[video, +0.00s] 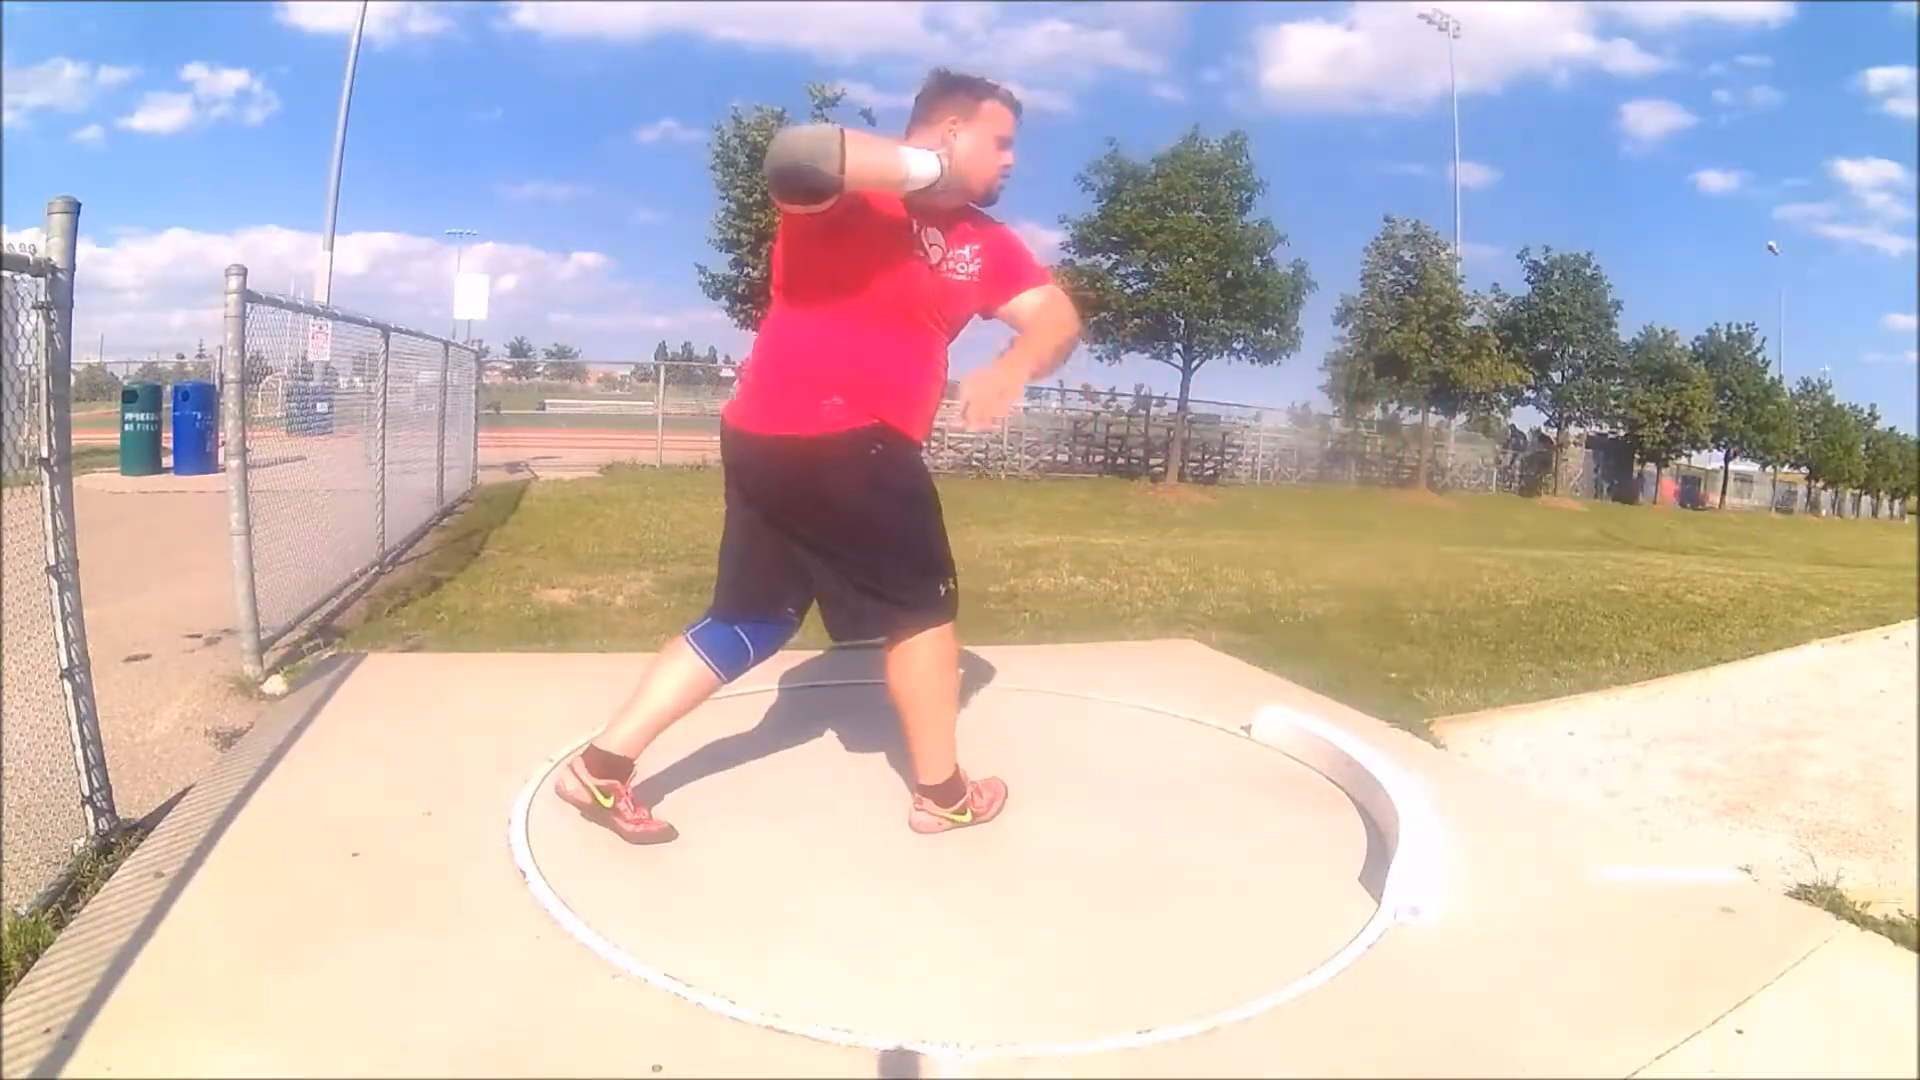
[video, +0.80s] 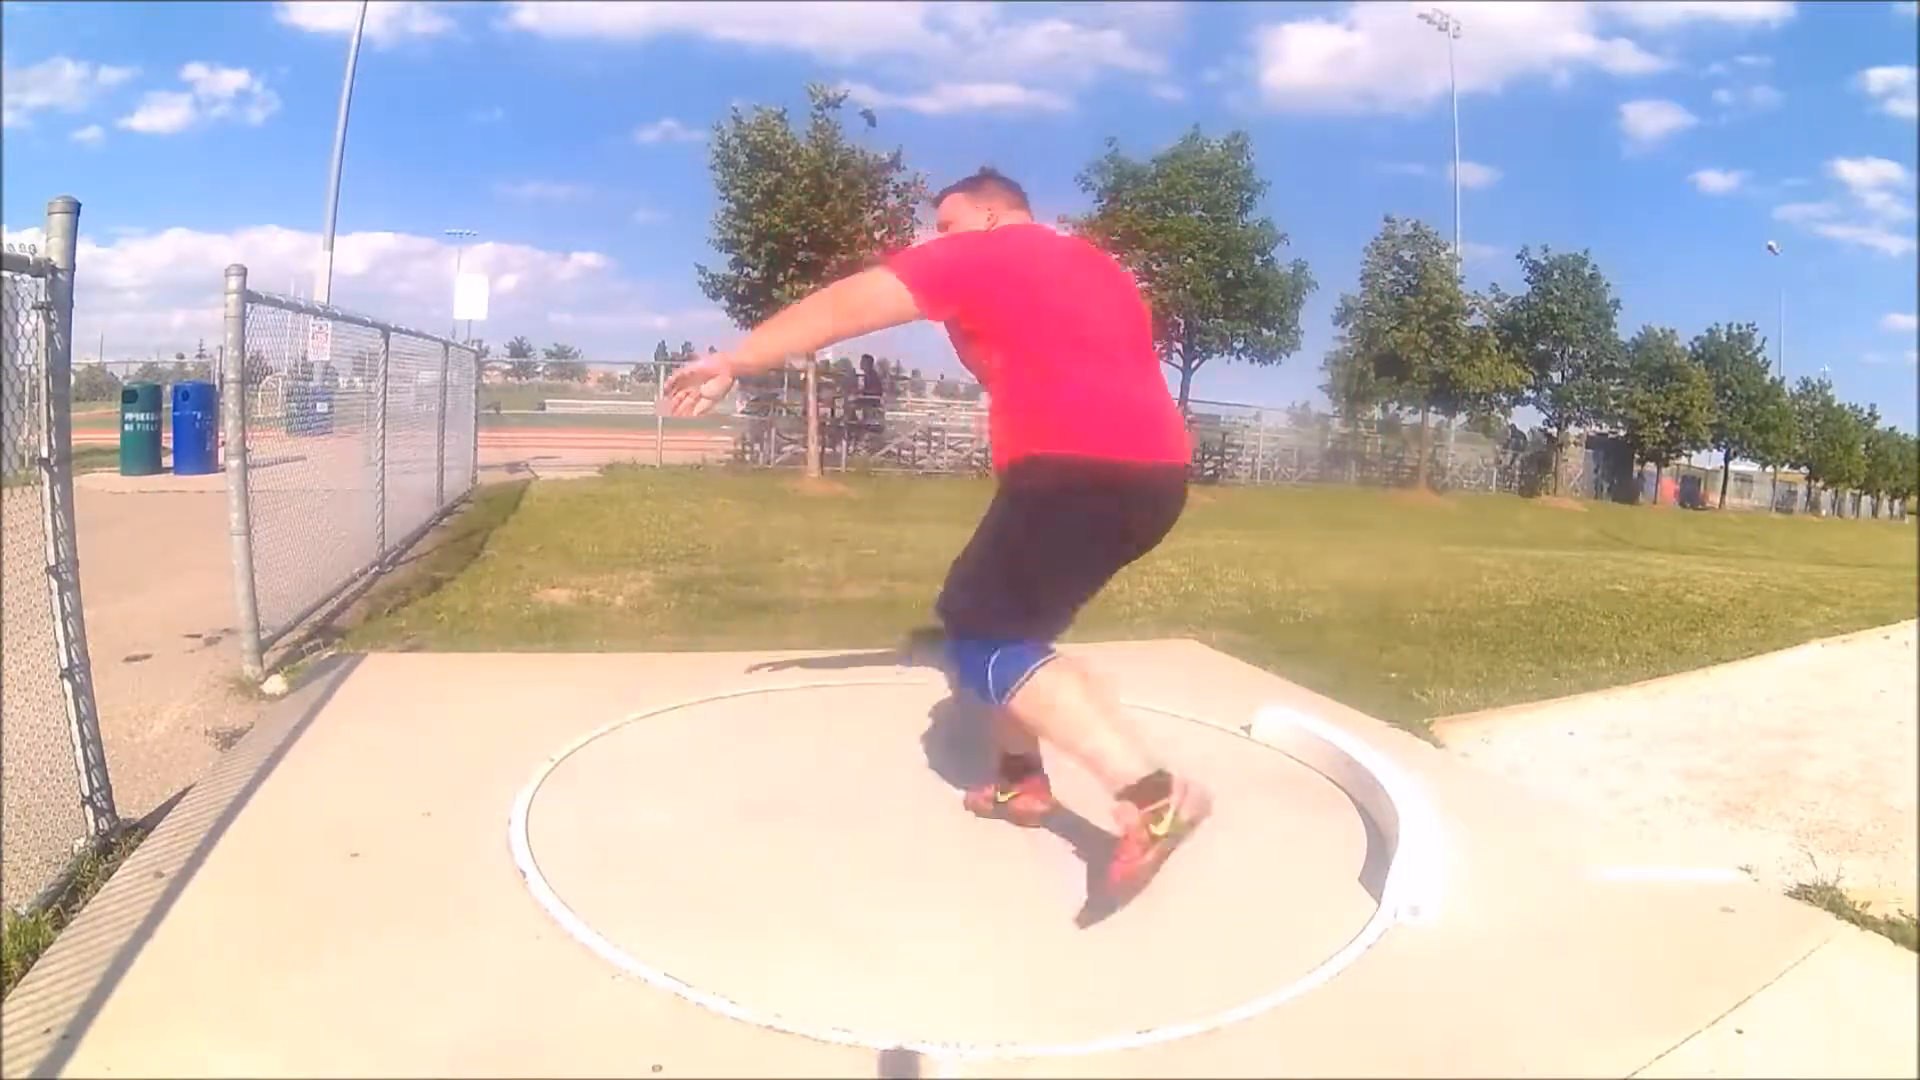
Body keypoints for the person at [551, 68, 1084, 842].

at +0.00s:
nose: (1010, 161)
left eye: (1011, 146)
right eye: (1001, 142)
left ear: (965, 142)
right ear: (947, 134)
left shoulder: (982, 243)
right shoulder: (831, 185)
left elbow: (1057, 319)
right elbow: (790, 152)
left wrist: (1010, 371)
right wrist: (927, 164)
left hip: (759, 432)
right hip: (856, 437)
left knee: (749, 618)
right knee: (920, 604)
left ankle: (604, 760)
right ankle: (939, 788)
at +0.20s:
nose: (1018, 183)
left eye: (1020, 167)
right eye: (1014, 163)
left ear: (967, 150)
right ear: (972, 150)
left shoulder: (980, 258)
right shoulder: (853, 198)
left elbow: (1055, 335)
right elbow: (856, 177)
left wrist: (1021, 367)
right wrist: (974, 190)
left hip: (748, 433)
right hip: (853, 443)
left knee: (744, 621)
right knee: (927, 606)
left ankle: (605, 763)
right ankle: (939, 789)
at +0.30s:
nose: (1028, 208)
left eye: (1030, 188)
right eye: (1027, 184)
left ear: (953, 160)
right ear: (991, 168)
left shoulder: (971, 270)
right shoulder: (892, 196)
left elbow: (1033, 341)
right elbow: (947, 206)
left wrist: (1087, 400)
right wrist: (1006, 216)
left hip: (746, 436)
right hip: (852, 449)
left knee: (743, 626)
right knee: (942, 605)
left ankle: (605, 771)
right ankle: (939, 787)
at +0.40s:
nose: (1027, 210)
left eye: (1025, 199)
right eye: (1029, 197)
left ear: (957, 175)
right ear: (1022, 188)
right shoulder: (984, 221)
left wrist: (1111, 434)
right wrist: (1064, 260)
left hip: (750, 438)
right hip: (867, 458)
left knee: (735, 630)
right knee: (959, 606)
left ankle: (603, 776)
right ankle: (940, 789)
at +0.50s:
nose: (1016, 216)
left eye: (994, 199)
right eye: (1027, 207)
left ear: (961, 191)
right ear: (1027, 202)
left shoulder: (907, 235)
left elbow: (919, 359)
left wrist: (1017, 425)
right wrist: (1115, 272)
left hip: (788, 441)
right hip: (915, 471)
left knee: (732, 631)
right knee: (979, 602)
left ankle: (606, 785)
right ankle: (944, 786)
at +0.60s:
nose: (962, 208)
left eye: (955, 200)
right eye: (976, 199)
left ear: (945, 205)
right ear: (1015, 204)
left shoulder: (897, 255)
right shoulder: (1070, 251)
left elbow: (844, 359)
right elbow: (1152, 312)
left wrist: (851, 436)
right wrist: (1083, 297)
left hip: (881, 450)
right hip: (1021, 470)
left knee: (756, 622)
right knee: (999, 616)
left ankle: (627, 777)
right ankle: (963, 784)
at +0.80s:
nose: (941, 241)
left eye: (946, 227)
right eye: (941, 230)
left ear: (981, 211)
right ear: (1021, 213)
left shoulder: (968, 252)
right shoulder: (1101, 264)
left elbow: (841, 308)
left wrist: (732, 361)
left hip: (1066, 466)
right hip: (1158, 474)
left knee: (982, 638)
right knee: (1021, 613)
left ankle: (1150, 788)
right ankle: (1018, 773)